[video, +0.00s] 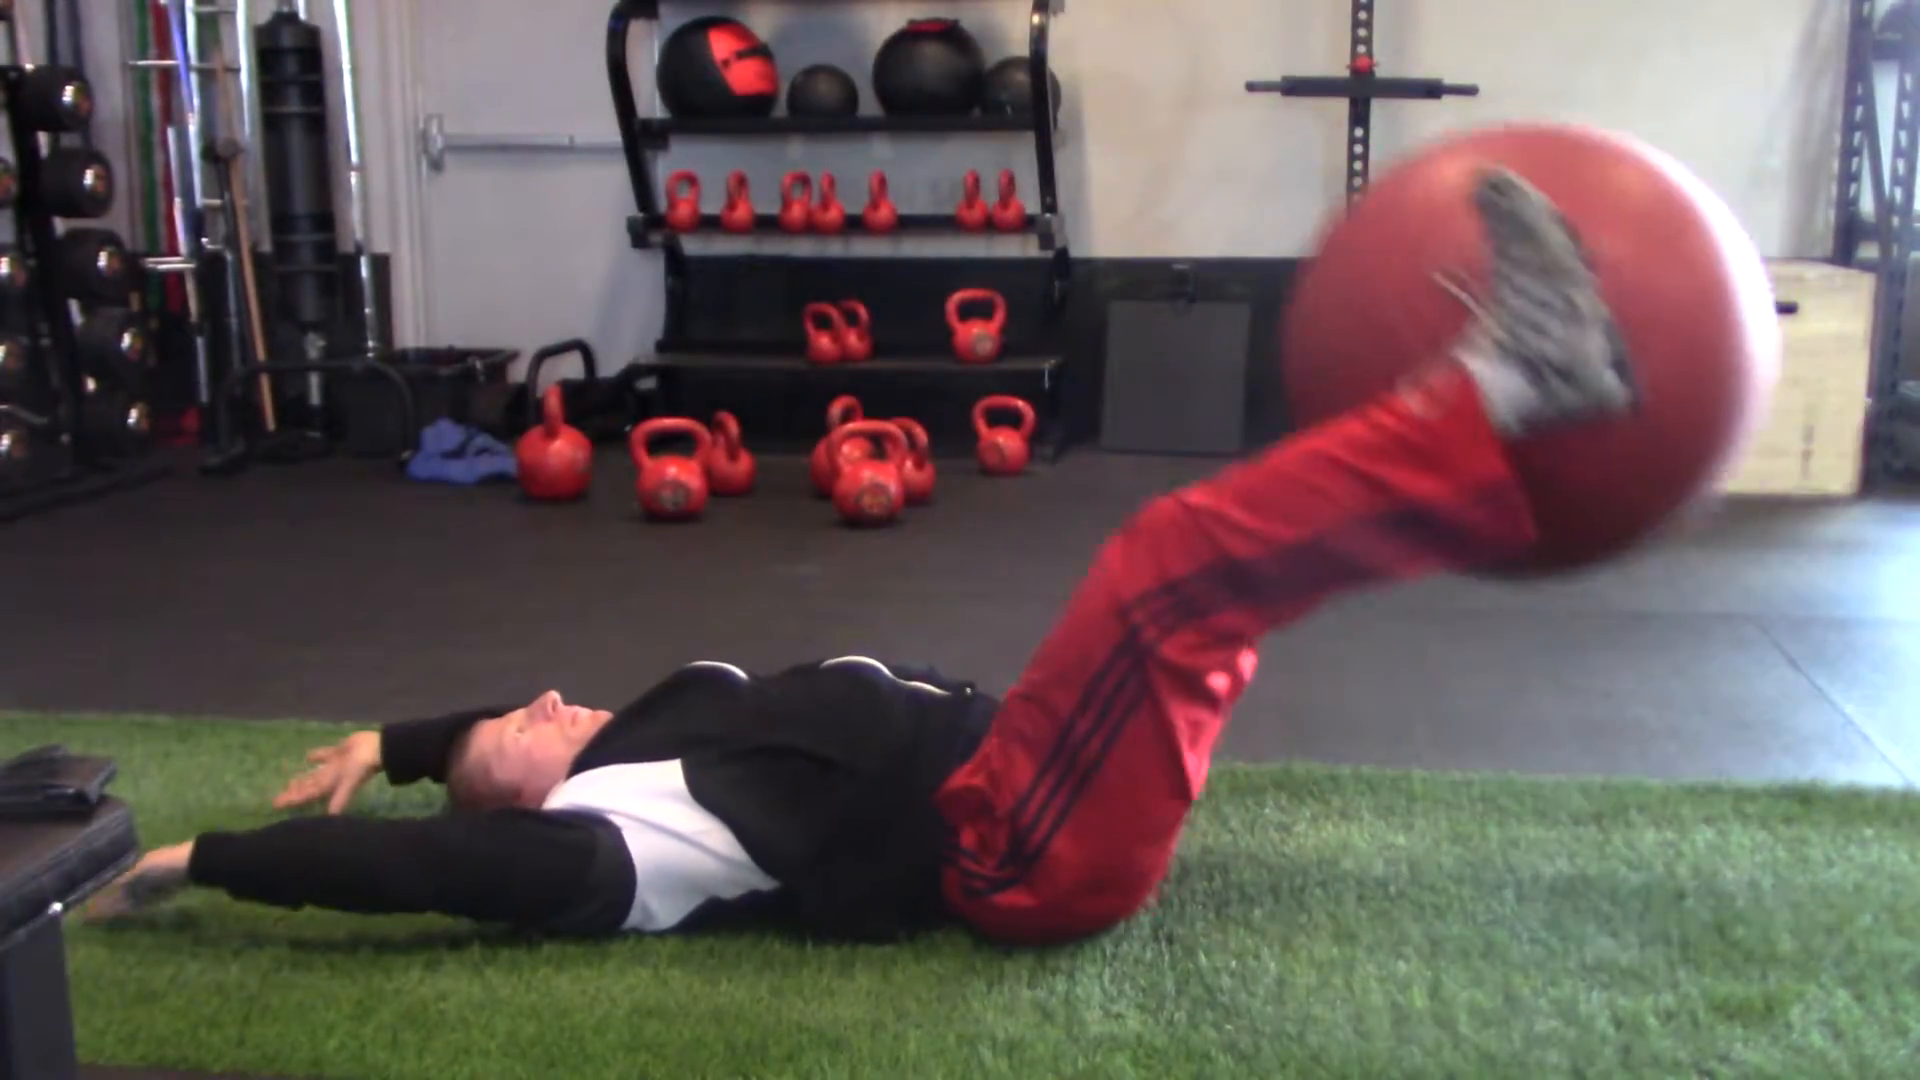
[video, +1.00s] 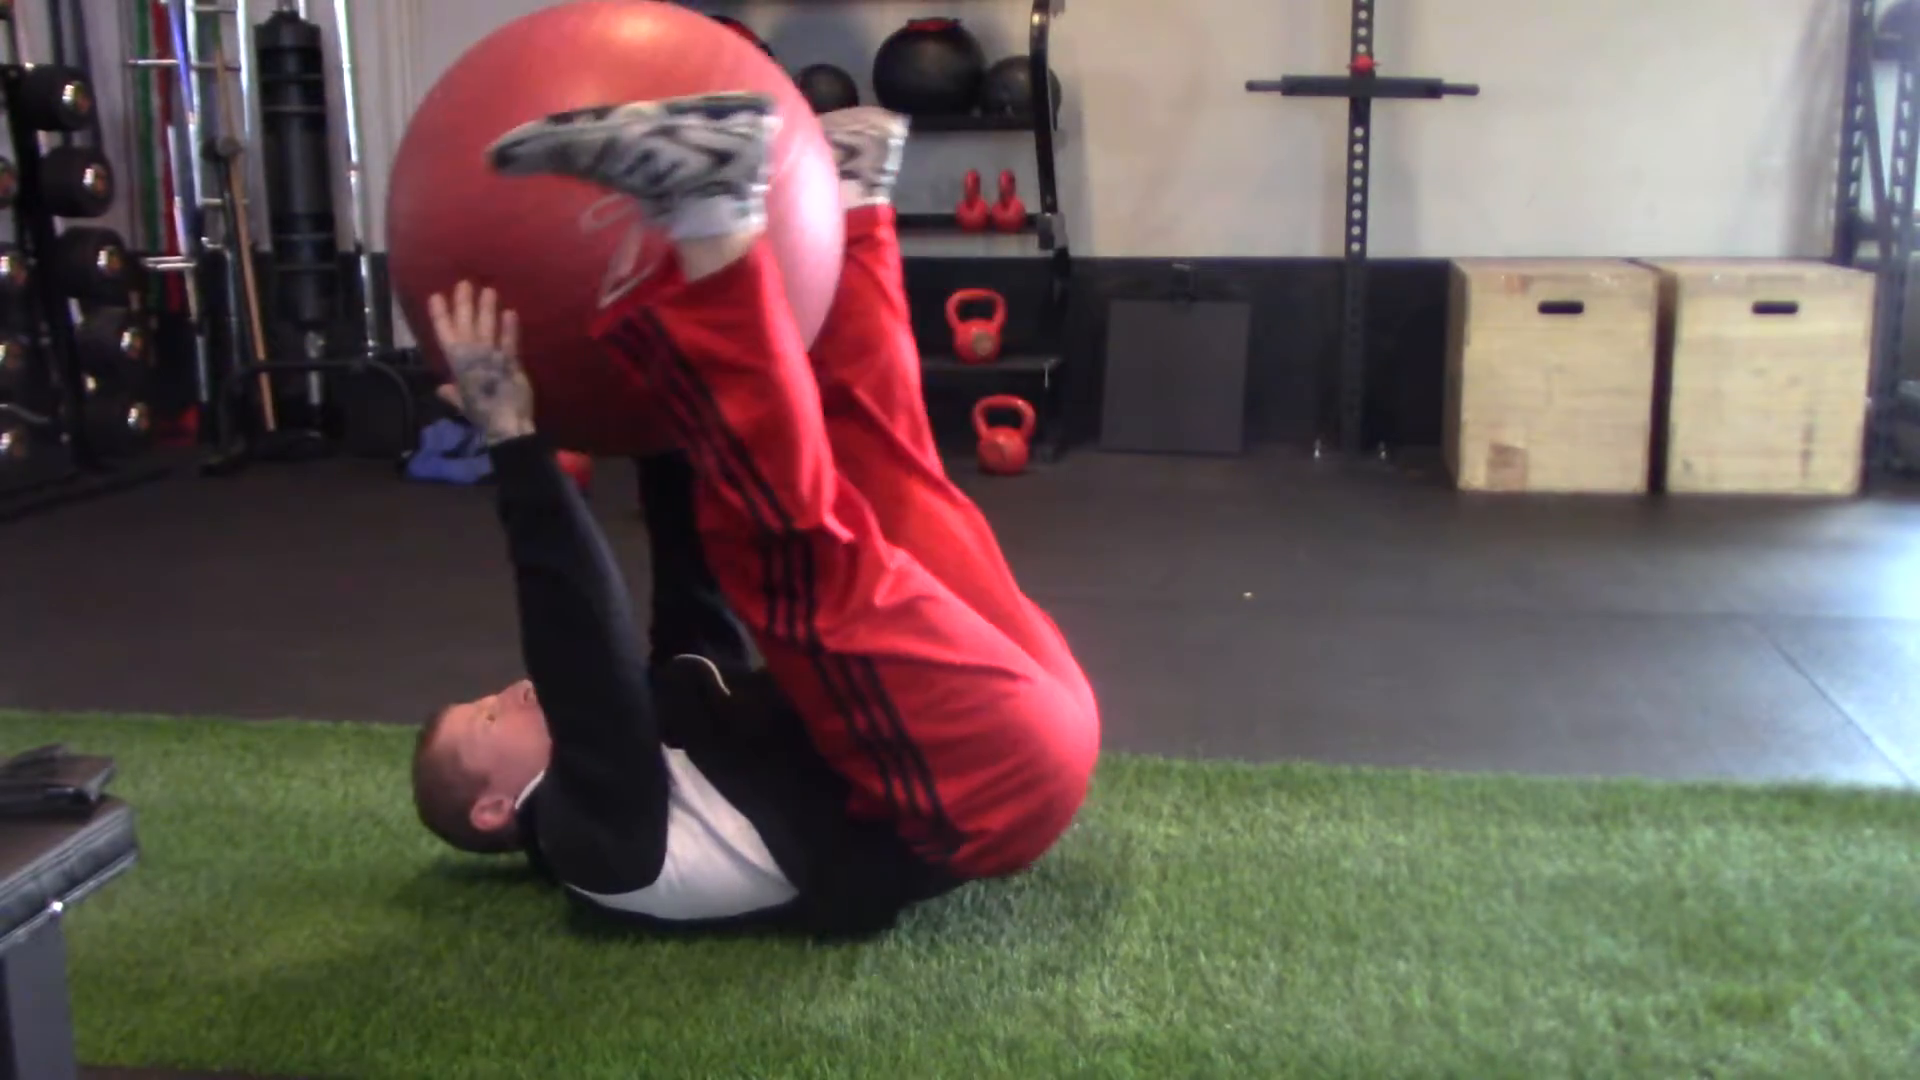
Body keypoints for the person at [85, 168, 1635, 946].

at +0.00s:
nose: (527, 726)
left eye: (518, 719)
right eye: (502, 751)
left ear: (551, 718)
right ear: (514, 804)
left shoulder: (660, 728)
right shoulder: (618, 831)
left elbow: (523, 709)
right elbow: (464, 864)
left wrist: (375, 746)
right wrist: (224, 859)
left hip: (1037, 787)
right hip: (1016, 848)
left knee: (1198, 569)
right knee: (1160, 561)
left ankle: (1498, 427)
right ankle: (1501, 438)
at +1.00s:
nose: (523, 692)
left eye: (499, 695)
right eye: (490, 715)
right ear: (498, 808)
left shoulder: (686, 708)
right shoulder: (598, 842)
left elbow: (686, 536)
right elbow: (582, 655)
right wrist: (517, 447)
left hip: (1040, 721)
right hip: (981, 790)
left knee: (875, 478)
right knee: (788, 549)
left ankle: (855, 209)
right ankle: (713, 223)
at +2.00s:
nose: (524, 722)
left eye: (511, 699)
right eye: (499, 737)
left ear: (557, 692)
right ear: (508, 792)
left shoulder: (686, 715)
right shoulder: (627, 835)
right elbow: (435, 814)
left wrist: (329, 714)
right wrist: (218, 750)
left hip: (1068, 728)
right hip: (1035, 836)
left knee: (1310, 572)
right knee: (1314, 657)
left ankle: (1618, 660)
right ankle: (1684, 785)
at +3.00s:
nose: (525, 688)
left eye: (507, 692)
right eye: (498, 711)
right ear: (502, 807)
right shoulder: (602, 830)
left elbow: (663, 595)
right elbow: (598, 620)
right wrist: (561, 409)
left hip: (1031, 716)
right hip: (969, 778)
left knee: (817, 491)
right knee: (751, 556)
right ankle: (640, 217)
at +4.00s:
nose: (526, 724)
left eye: (510, 723)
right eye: (500, 748)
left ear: (532, 736)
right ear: (501, 811)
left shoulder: (638, 741)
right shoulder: (622, 841)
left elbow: (496, 713)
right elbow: (428, 879)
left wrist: (382, 749)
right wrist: (227, 878)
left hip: (1021, 740)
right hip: (1020, 832)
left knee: (1260, 543)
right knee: (1242, 621)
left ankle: (1581, 538)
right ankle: (1615, 603)